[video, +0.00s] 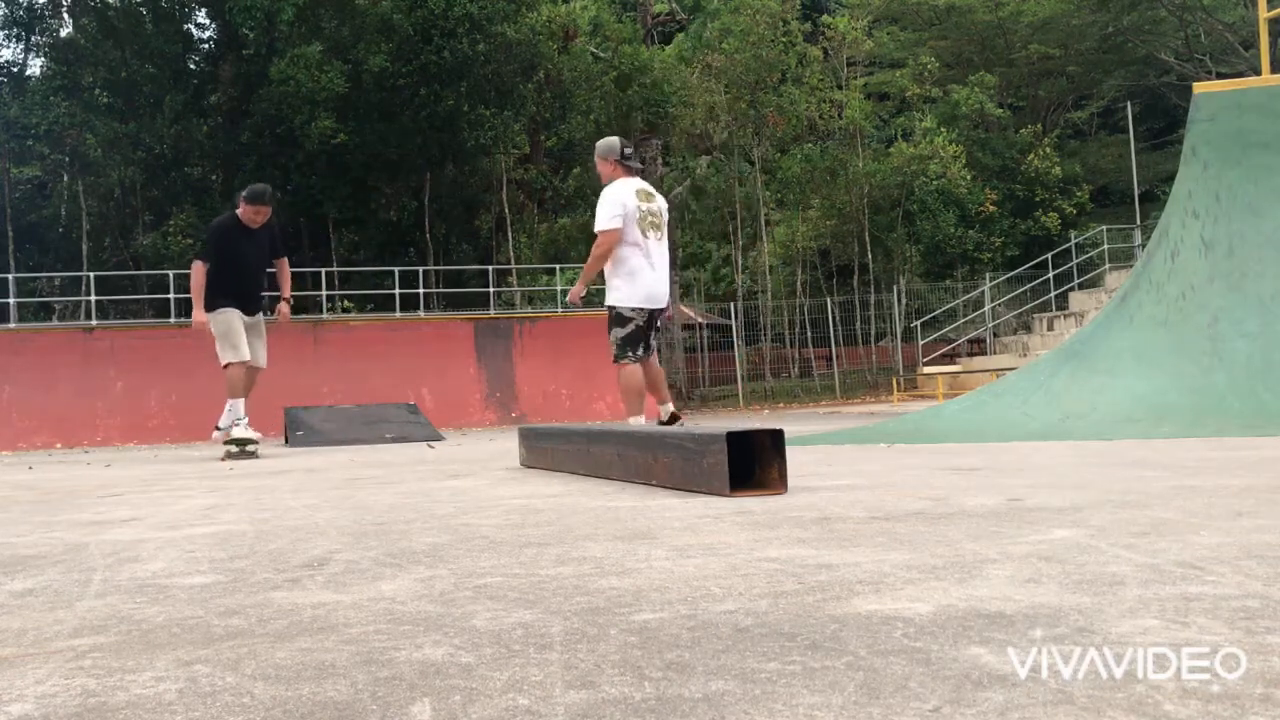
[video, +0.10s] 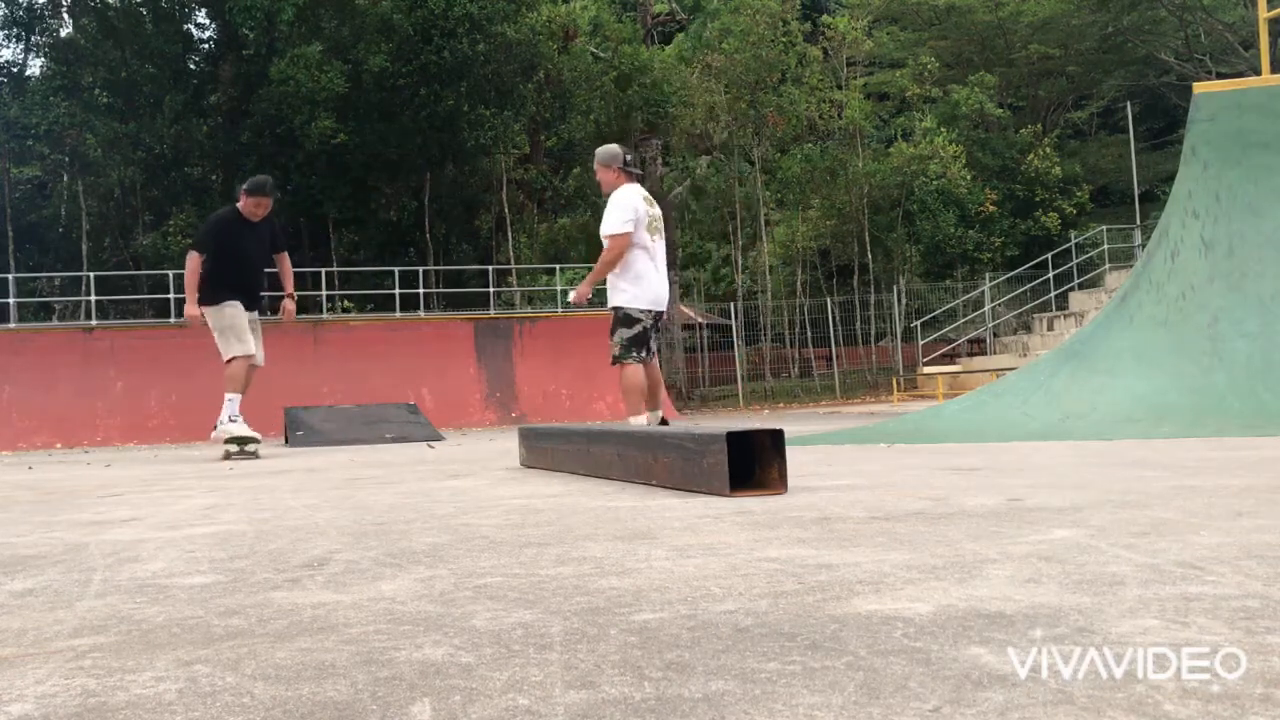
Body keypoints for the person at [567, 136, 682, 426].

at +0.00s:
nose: (597, 170)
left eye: (598, 164)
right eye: (596, 164)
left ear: (611, 164)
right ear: (625, 163)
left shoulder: (613, 194)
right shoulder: (654, 195)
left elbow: (606, 242)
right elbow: (659, 248)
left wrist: (582, 283)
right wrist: (664, 296)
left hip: (629, 293)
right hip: (656, 292)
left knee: (627, 358)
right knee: (646, 352)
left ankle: (635, 425)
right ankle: (667, 411)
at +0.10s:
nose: (597, 179)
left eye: (598, 173)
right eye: (596, 173)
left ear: (614, 171)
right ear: (620, 171)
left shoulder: (621, 199)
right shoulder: (644, 198)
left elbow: (617, 247)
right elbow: (651, 252)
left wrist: (587, 284)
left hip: (633, 296)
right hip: (654, 294)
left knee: (630, 359)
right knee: (648, 357)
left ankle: (636, 425)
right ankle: (654, 419)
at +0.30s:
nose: (599, 189)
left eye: (602, 183)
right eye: (597, 184)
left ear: (619, 180)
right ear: (615, 182)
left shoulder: (640, 207)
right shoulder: (624, 210)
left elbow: (648, 252)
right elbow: (636, 257)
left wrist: (630, 293)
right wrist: (626, 294)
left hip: (653, 298)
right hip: (639, 299)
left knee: (643, 357)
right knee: (635, 359)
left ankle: (654, 418)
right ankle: (656, 415)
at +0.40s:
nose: (602, 188)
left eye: (606, 181)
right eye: (599, 183)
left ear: (624, 178)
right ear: (600, 184)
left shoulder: (647, 206)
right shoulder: (616, 215)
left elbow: (660, 248)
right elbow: (618, 261)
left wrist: (659, 291)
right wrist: (607, 299)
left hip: (657, 298)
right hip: (633, 302)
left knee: (657, 359)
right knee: (641, 362)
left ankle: (674, 419)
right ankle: (658, 420)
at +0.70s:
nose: (630, 184)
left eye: (635, 178)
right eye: (625, 179)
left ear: (650, 178)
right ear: (622, 183)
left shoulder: (675, 209)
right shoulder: (619, 217)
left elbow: (692, 250)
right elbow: (614, 261)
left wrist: (703, 289)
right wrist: (602, 301)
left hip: (677, 303)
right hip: (640, 305)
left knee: (691, 361)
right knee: (650, 364)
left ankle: (705, 408)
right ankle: (660, 423)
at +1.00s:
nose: (671, 191)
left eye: (677, 186)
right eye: (666, 186)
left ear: (687, 188)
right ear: (659, 187)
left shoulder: (704, 219)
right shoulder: (645, 217)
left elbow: (713, 264)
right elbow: (632, 258)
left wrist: (719, 302)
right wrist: (625, 289)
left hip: (693, 308)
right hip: (654, 307)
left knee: (698, 365)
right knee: (655, 362)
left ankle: (704, 420)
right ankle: (661, 423)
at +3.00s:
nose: (666, 192)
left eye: (671, 186)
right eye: (660, 187)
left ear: (681, 189)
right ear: (652, 190)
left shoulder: (697, 219)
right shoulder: (642, 223)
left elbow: (710, 260)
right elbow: (634, 266)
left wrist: (723, 295)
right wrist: (629, 306)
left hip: (696, 304)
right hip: (659, 306)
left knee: (701, 364)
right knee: (667, 367)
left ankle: (705, 419)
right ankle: (673, 421)